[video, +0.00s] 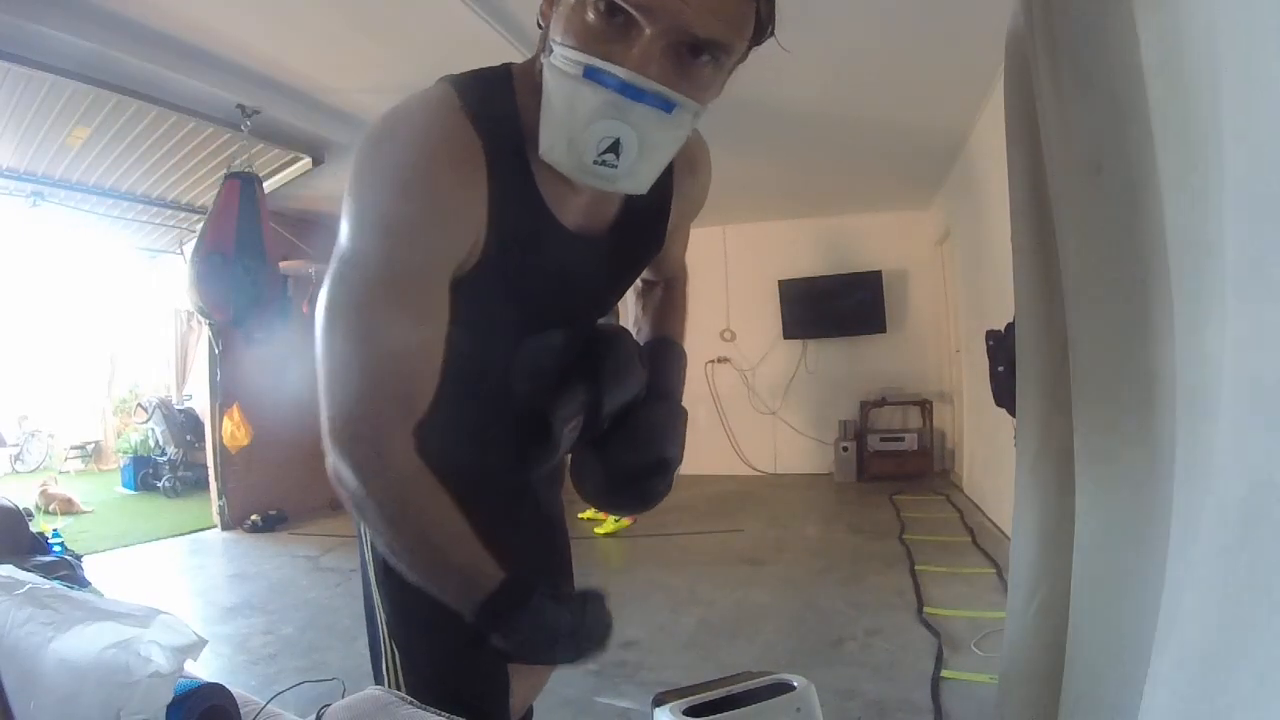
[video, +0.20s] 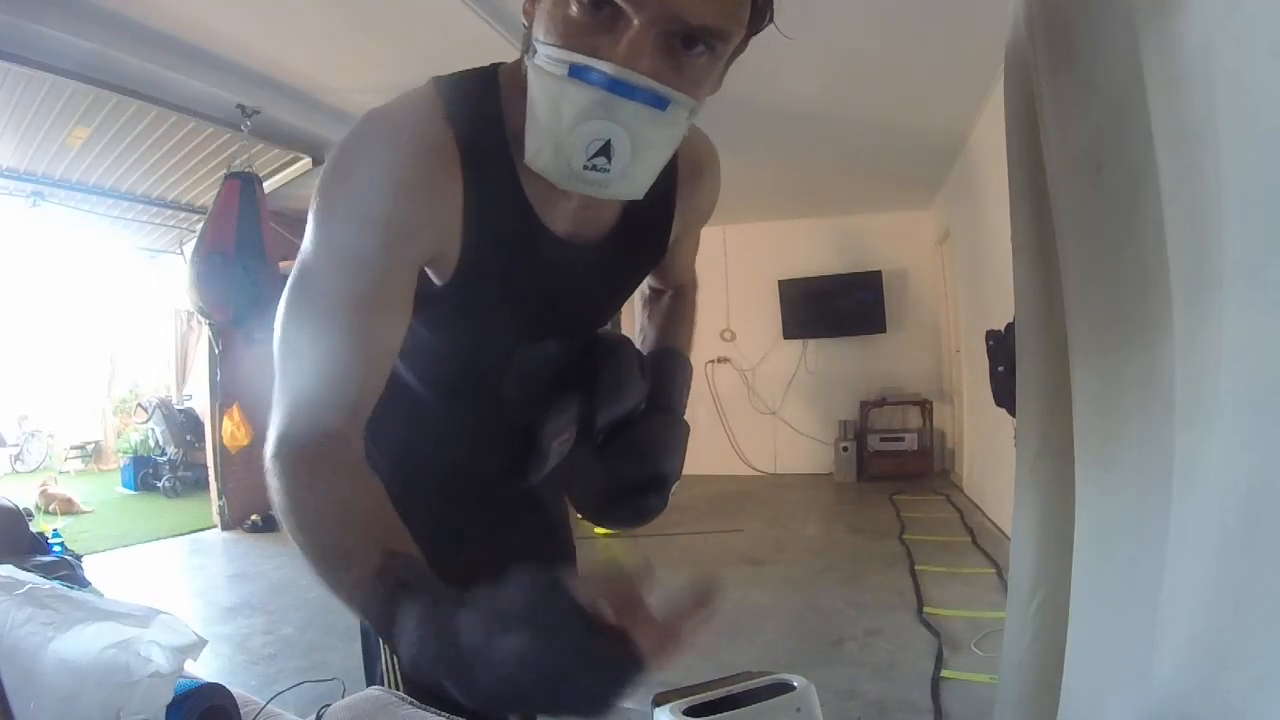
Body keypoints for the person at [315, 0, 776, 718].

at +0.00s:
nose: (635, 75)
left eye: (696, 52)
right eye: (615, 17)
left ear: (733, 72)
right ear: (554, 6)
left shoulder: (678, 169)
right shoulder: (427, 150)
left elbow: (663, 279)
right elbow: (363, 448)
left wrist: (659, 399)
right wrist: (506, 608)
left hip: (536, 465)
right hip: (425, 468)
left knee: (530, 669)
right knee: (455, 703)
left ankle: (507, 713)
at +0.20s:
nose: (625, 70)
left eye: (689, 43)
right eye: (600, 10)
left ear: (730, 61)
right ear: (536, 3)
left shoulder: (685, 173)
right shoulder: (402, 155)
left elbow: (670, 286)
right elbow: (310, 438)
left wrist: (657, 413)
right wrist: (416, 619)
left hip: (538, 476)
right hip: (413, 478)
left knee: (564, 679)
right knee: (432, 697)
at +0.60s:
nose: (658, 107)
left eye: (715, 75)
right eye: (622, 42)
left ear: (750, 68)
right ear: (520, 9)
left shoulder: (684, 172)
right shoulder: (388, 170)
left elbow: (671, 282)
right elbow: (322, 453)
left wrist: (661, 414)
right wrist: (374, 544)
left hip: (556, 468)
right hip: (417, 484)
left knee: (542, 656)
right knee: (464, 704)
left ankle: (515, 710)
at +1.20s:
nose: (689, 175)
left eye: (739, 151)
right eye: (672, 102)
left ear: (761, 146)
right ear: (566, 30)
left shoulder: (658, 179)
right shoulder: (388, 180)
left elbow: (656, 289)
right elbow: (356, 476)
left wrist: (649, 424)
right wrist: (477, 611)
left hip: (553, 500)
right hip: (422, 513)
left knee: (534, 680)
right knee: (460, 698)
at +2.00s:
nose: (685, 151)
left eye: (731, 127)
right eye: (663, 91)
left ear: (763, 112)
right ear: (585, 32)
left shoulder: (645, 180)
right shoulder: (443, 167)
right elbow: (370, 456)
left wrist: (643, 409)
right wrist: (517, 516)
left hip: (533, 466)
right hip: (417, 479)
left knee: (539, 653)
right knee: (458, 700)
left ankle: (512, 710)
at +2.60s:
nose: (697, 129)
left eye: (738, 108)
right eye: (672, 79)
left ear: (764, 105)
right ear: (610, 44)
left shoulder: (665, 186)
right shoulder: (490, 165)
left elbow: (639, 308)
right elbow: (404, 418)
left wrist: (646, 412)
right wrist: (554, 398)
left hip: (537, 459)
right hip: (445, 468)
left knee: (537, 661)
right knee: (488, 699)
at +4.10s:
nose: (743, 180)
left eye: (763, 170)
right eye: (741, 145)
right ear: (675, 95)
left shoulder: (610, 177)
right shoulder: (601, 185)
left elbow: (562, 346)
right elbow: (492, 413)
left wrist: (599, 438)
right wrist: (665, 422)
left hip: (466, 453)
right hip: (431, 459)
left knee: (514, 681)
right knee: (503, 701)